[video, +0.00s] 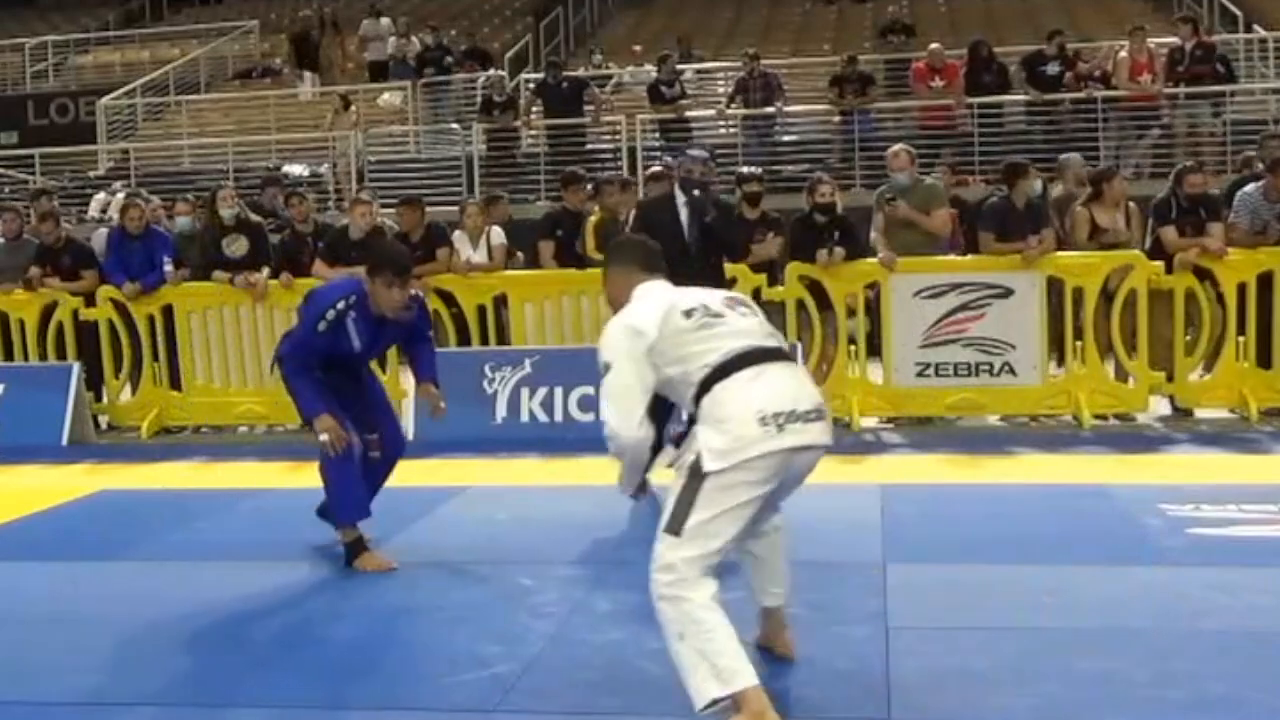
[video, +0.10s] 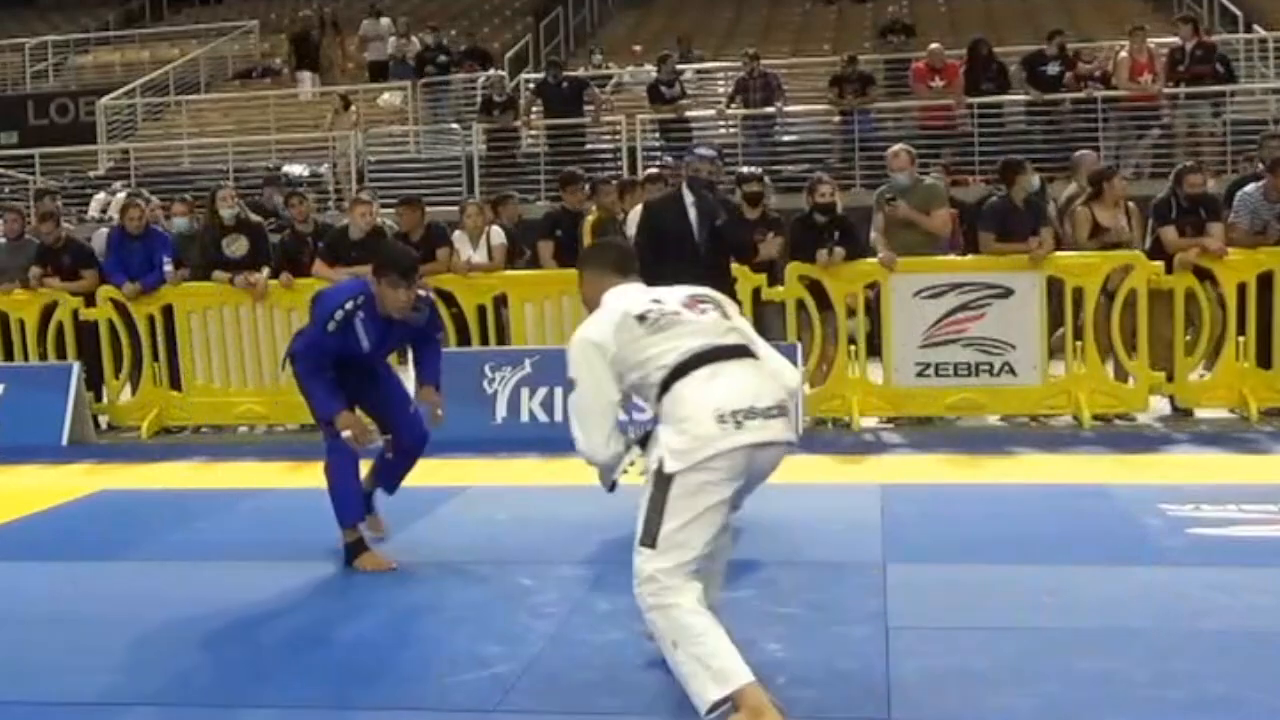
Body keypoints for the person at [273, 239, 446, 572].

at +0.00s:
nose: (402, 296)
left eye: (406, 286)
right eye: (392, 287)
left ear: (411, 283)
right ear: (370, 283)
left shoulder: (412, 307)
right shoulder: (331, 302)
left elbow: (420, 340)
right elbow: (294, 360)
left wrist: (426, 380)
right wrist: (318, 415)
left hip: (352, 365)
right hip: (309, 366)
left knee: (391, 442)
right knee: (342, 440)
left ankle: (339, 508)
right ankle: (354, 542)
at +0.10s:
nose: (407, 297)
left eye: (411, 288)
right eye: (398, 289)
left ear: (418, 286)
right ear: (377, 283)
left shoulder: (421, 308)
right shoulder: (337, 305)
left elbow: (428, 342)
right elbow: (311, 362)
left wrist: (428, 386)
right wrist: (339, 412)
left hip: (367, 364)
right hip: (321, 363)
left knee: (413, 436)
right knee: (341, 442)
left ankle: (365, 491)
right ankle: (353, 541)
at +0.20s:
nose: (418, 297)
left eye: (423, 288)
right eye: (408, 288)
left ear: (430, 284)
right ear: (388, 282)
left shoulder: (435, 305)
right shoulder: (349, 301)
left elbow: (437, 342)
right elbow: (321, 356)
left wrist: (432, 385)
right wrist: (352, 407)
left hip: (385, 366)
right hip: (337, 364)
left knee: (430, 428)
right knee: (346, 440)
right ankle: (354, 543)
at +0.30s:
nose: (433, 296)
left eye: (439, 287)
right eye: (423, 287)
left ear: (446, 283)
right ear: (403, 281)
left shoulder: (451, 304)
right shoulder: (367, 299)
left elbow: (450, 344)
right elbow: (333, 351)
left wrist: (443, 384)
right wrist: (358, 408)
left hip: (400, 362)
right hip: (353, 364)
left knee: (441, 421)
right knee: (352, 438)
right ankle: (355, 542)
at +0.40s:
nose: (451, 296)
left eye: (457, 286)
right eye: (441, 287)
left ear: (464, 280)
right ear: (422, 281)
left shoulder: (470, 304)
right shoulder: (386, 294)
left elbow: (470, 347)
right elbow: (344, 349)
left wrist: (461, 385)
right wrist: (359, 406)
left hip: (420, 362)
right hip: (370, 359)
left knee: (457, 423)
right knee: (365, 432)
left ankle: (485, 520)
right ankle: (357, 542)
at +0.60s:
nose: (467, 290)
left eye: (474, 282)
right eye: (459, 281)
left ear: (484, 275)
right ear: (443, 273)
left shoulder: (489, 299)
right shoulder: (412, 287)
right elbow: (374, 333)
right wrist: (371, 384)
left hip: (458, 361)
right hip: (404, 360)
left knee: (475, 418)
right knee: (402, 429)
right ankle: (384, 523)